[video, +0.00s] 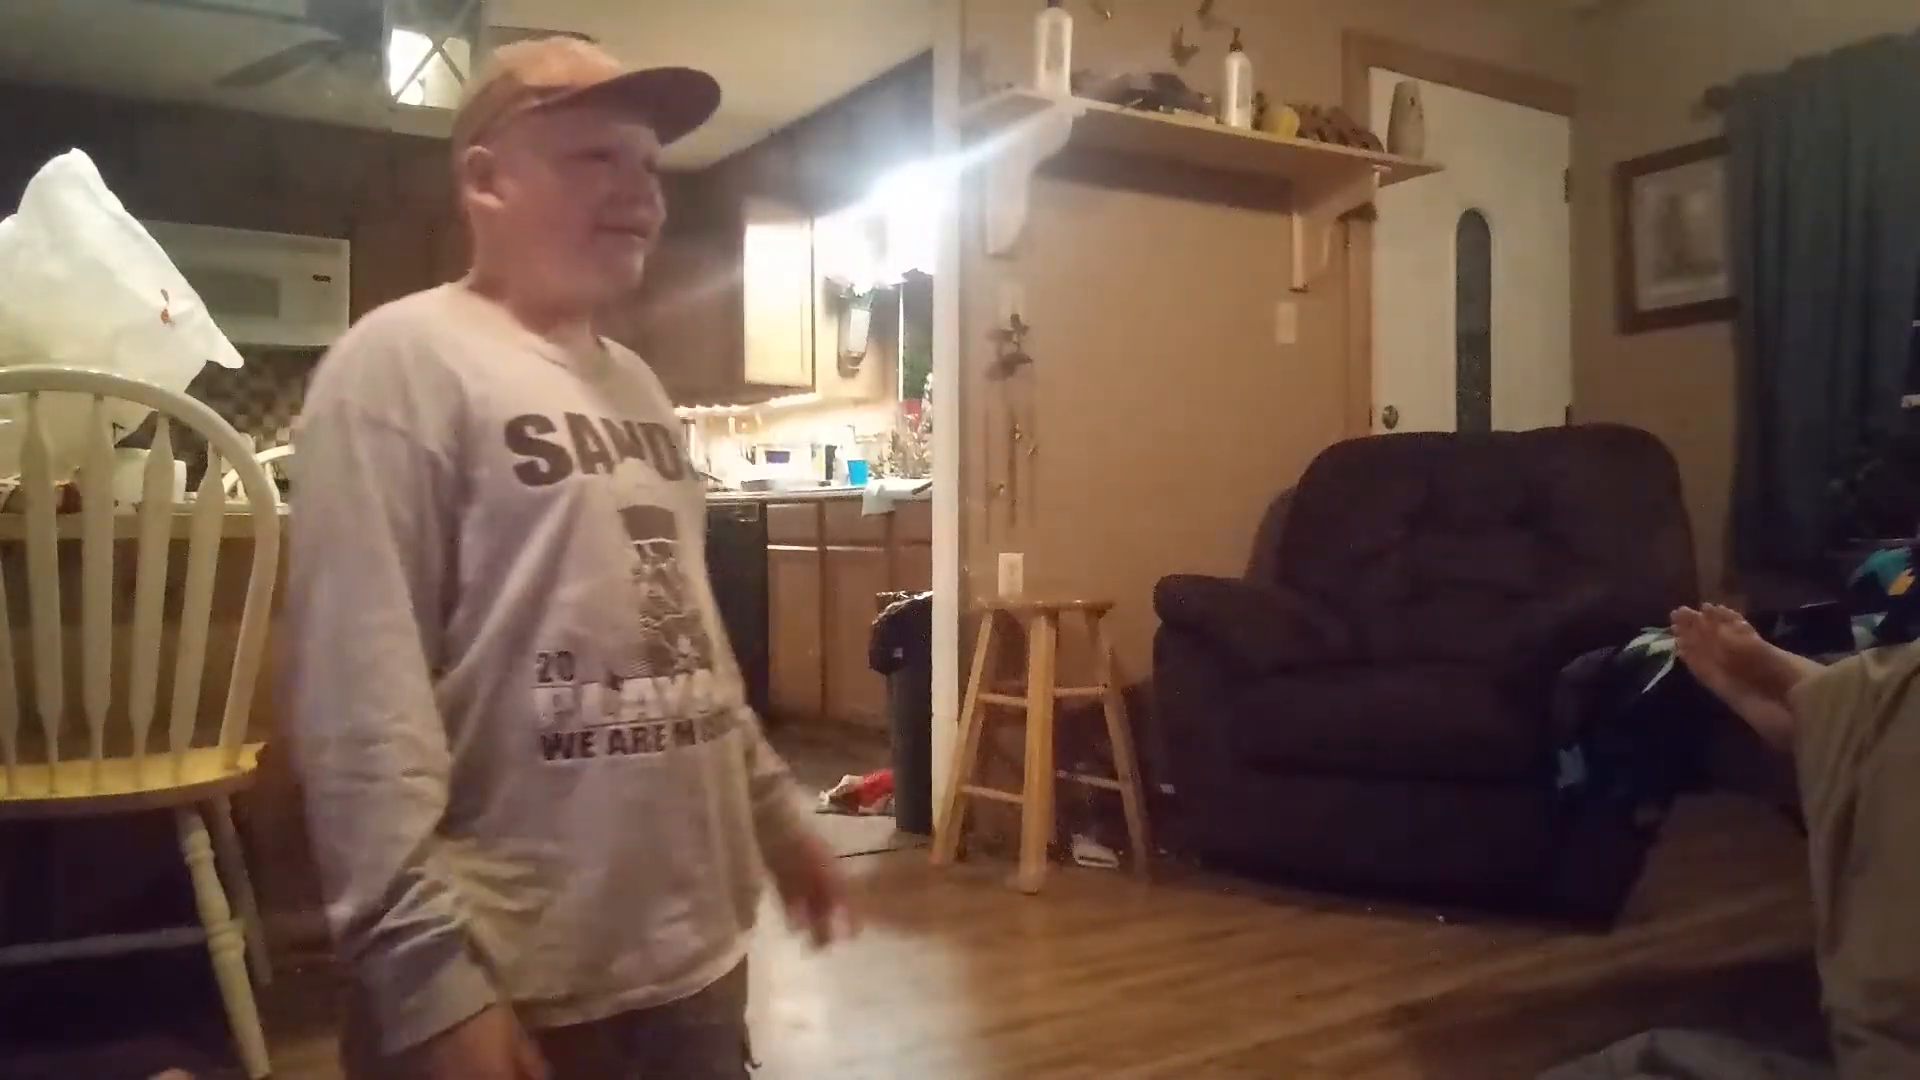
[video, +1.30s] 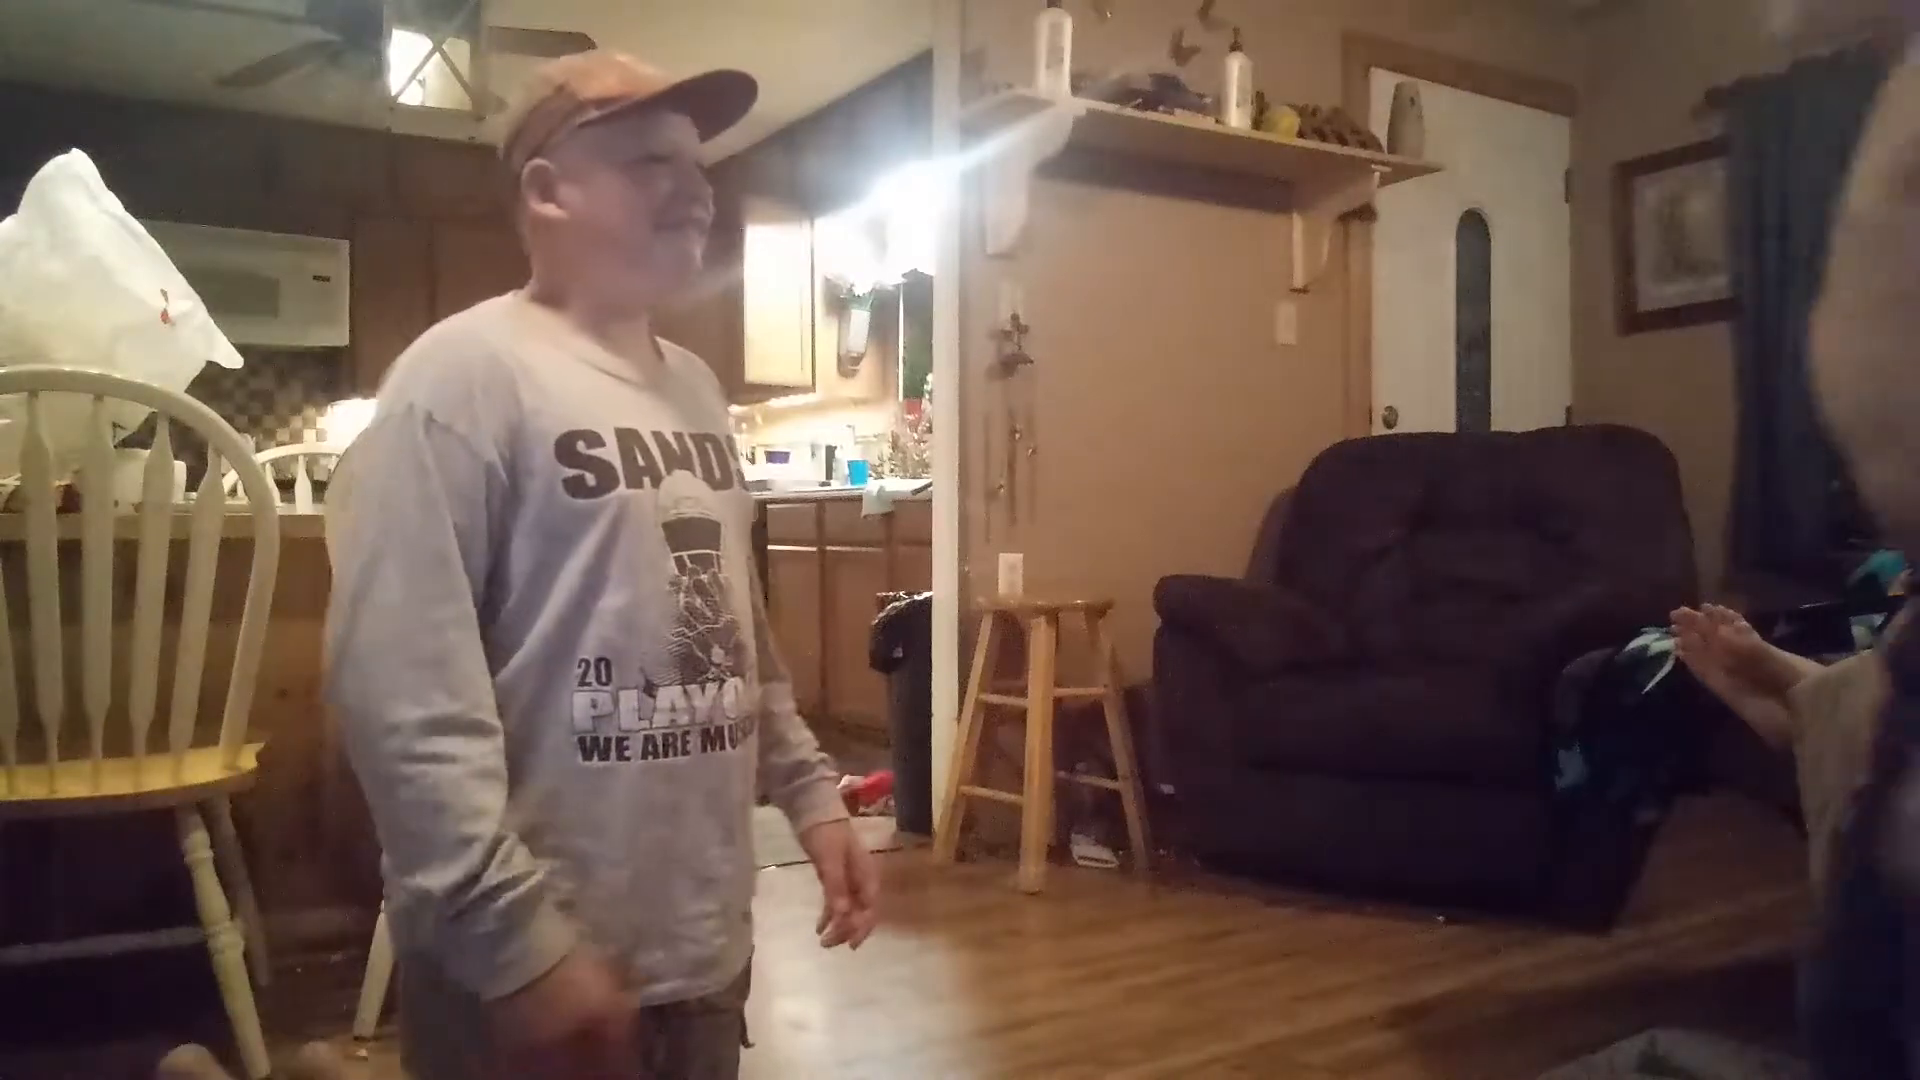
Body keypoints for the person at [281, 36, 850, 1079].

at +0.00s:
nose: (644, 196)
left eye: (652, 168)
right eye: (597, 156)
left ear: (657, 190)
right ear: (484, 177)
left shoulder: (639, 387)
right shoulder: (396, 361)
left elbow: (687, 644)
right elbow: (354, 689)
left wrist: (779, 820)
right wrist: (430, 984)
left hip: (692, 972)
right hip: (503, 995)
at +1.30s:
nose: (696, 193)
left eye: (699, 166)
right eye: (648, 161)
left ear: (708, 186)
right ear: (546, 189)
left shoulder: (692, 385)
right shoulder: (461, 374)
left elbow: (733, 636)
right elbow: (399, 687)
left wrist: (816, 806)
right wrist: (521, 951)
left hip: (703, 958)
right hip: (528, 984)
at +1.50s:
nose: (695, 191)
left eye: (693, 167)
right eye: (651, 161)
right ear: (542, 189)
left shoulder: (689, 387)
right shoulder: (455, 369)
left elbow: (727, 655)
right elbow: (383, 657)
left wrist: (829, 789)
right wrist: (606, 853)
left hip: (693, 942)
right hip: (510, 963)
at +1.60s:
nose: (701, 203)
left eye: (700, 178)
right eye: (656, 174)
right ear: (553, 203)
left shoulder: (698, 396)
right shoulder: (463, 374)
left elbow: (748, 638)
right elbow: (390, 650)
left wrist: (865, 748)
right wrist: (647, 766)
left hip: (691, 927)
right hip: (518, 951)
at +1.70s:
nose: (713, 213)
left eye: (718, 191)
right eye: (672, 185)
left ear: (729, 216)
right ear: (569, 215)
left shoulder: (710, 402)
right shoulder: (475, 377)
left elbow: (775, 624)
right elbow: (397, 630)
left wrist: (897, 696)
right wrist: (636, 673)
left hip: (693, 925)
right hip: (514, 945)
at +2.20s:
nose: (640, 234)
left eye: (649, 215)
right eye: (592, 204)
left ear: (663, 245)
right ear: (490, 234)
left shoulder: (667, 419)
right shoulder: (394, 398)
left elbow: (758, 596)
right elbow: (380, 646)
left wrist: (882, 569)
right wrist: (618, 519)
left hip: (643, 930)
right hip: (426, 948)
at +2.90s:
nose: (542, 259)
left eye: (553, 240)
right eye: (495, 232)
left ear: (569, 273)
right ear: (390, 264)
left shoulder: (600, 431)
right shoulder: (275, 443)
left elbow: (780, 509)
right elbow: (237, 681)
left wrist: (928, 462)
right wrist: (476, 554)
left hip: (570, 921)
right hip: (329, 941)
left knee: (616, 1065)